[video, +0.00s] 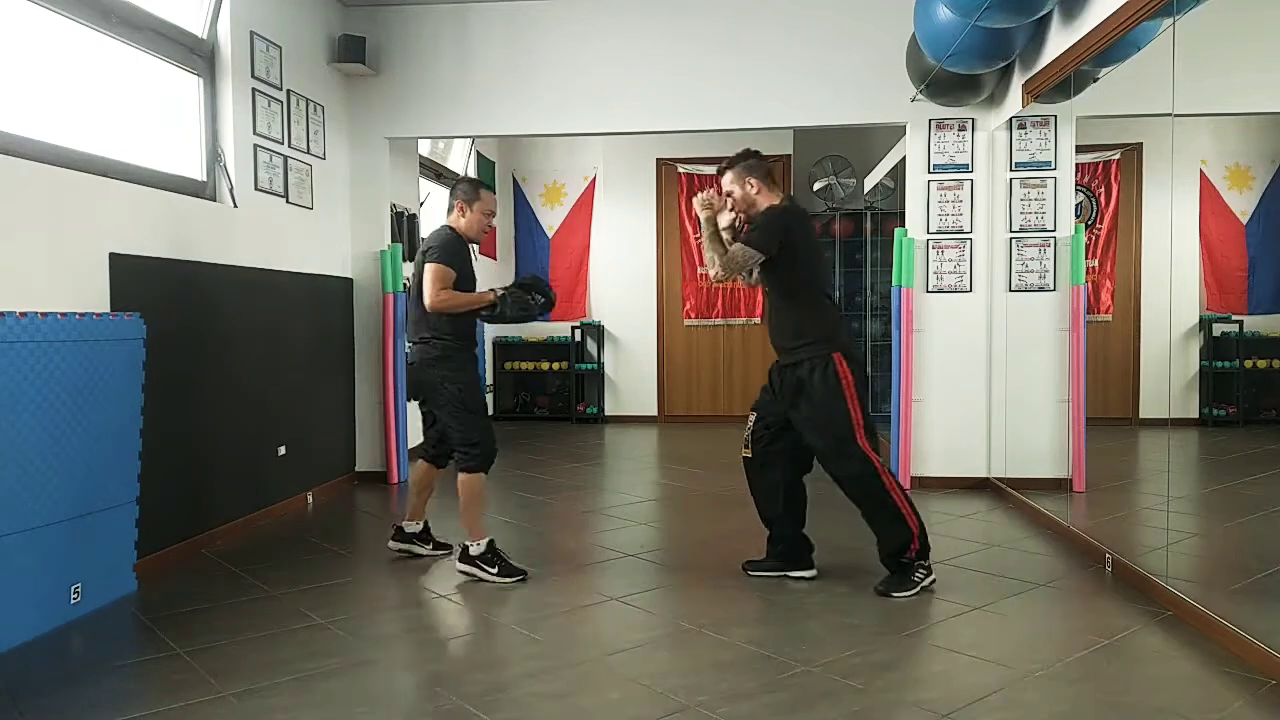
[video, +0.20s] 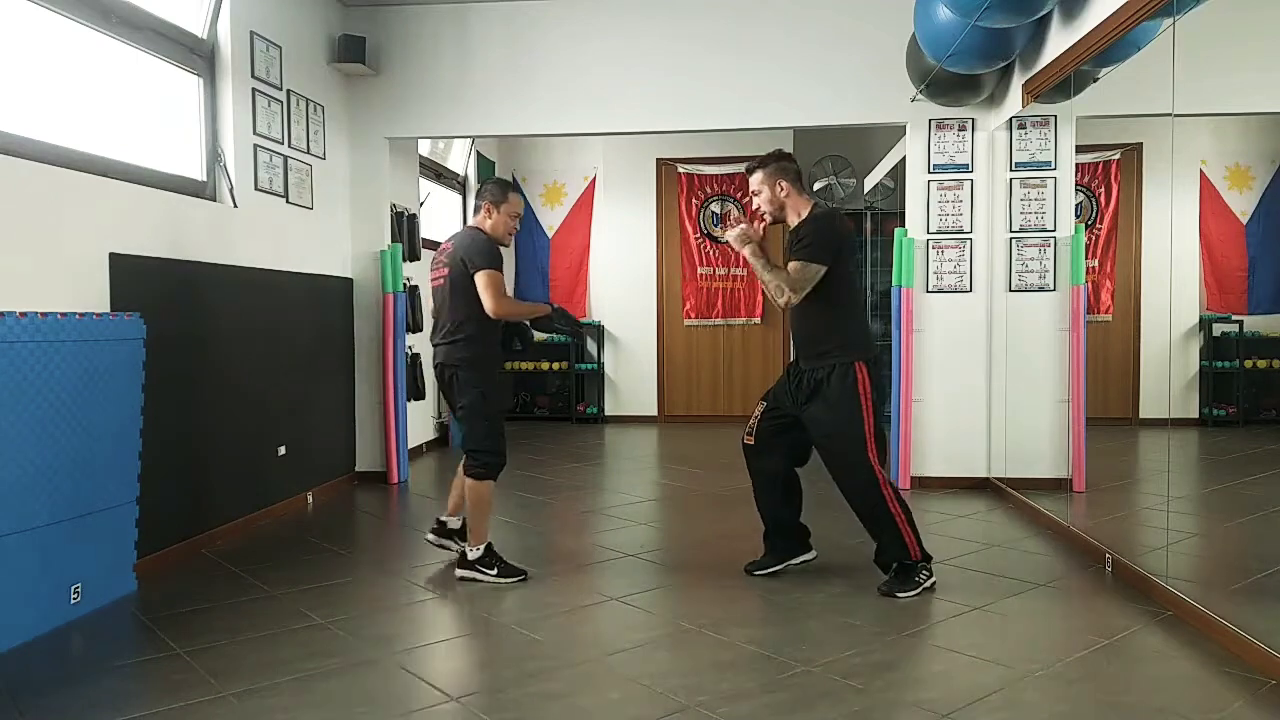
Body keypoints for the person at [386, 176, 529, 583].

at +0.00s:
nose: (490, 224)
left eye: (492, 217)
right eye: (486, 215)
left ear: (463, 213)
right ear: (460, 209)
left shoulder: (451, 245)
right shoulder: (444, 242)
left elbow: (454, 302)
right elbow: (435, 299)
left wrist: (498, 299)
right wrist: (492, 298)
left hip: (437, 365)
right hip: (446, 366)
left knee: (437, 447)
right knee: (474, 451)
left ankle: (411, 528)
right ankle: (477, 549)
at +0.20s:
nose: (517, 226)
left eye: (519, 219)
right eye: (513, 217)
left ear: (484, 214)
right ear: (487, 210)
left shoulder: (454, 245)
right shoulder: (479, 244)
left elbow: (459, 308)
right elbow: (496, 305)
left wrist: (513, 318)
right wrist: (546, 310)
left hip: (454, 361)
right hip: (472, 364)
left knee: (479, 448)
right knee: (486, 455)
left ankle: (450, 522)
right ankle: (476, 553)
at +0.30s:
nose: (524, 223)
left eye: (526, 216)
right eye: (520, 214)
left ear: (489, 211)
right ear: (494, 208)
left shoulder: (457, 244)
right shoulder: (491, 241)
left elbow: (433, 304)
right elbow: (504, 303)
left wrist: (484, 313)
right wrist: (552, 310)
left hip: (458, 358)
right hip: (480, 359)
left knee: (494, 450)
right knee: (499, 451)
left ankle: (488, 539)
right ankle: (482, 548)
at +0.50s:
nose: (521, 224)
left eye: (522, 217)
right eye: (517, 215)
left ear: (490, 212)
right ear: (491, 209)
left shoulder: (467, 242)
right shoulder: (484, 239)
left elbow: (495, 300)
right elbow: (507, 296)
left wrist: (535, 289)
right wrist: (554, 293)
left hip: (469, 360)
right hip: (490, 351)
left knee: (498, 445)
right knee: (582, 366)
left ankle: (490, 544)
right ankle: (607, 454)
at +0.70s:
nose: (517, 222)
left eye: (519, 216)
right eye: (512, 214)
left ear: (490, 213)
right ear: (487, 209)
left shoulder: (485, 247)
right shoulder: (473, 240)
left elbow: (506, 295)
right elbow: (493, 296)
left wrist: (546, 286)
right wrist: (543, 277)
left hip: (483, 351)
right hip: (498, 334)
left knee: (503, 442)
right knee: (598, 314)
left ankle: (490, 544)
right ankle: (659, 372)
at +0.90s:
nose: (517, 217)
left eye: (519, 211)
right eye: (513, 209)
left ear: (486, 207)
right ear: (489, 203)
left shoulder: (468, 237)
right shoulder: (478, 228)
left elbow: (498, 268)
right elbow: (475, 265)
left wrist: (525, 247)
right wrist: (514, 238)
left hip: (484, 352)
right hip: (512, 345)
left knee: (497, 445)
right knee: (591, 405)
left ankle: (490, 543)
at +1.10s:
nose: (535, 214)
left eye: (534, 206)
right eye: (530, 206)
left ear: (499, 203)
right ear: (505, 203)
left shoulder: (466, 234)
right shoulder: (512, 235)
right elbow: (573, 247)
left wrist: (535, 238)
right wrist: (610, 206)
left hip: (466, 361)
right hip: (500, 361)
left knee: (485, 446)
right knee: (527, 456)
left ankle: (472, 532)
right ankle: (521, 557)